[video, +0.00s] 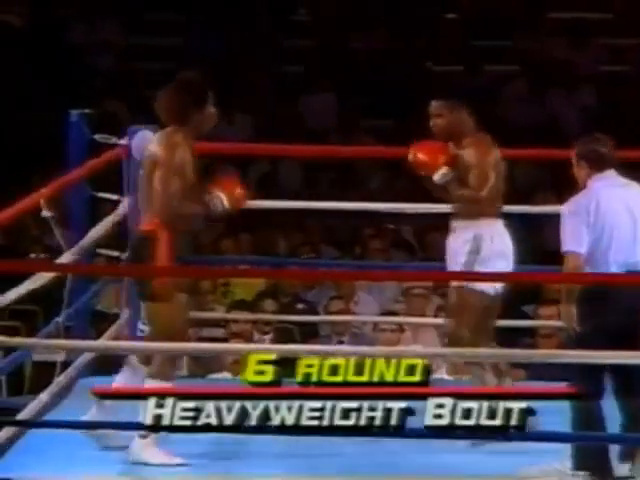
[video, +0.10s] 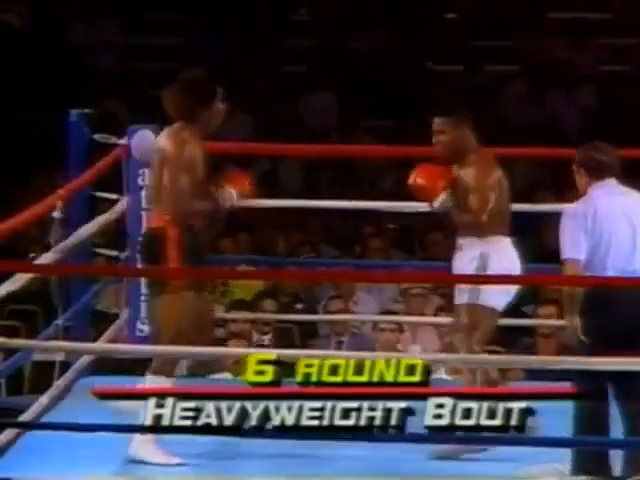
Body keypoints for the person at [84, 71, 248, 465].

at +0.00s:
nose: (215, 113)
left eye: (213, 105)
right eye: (210, 106)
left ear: (179, 109)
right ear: (196, 111)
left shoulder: (165, 142)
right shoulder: (176, 147)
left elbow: (165, 200)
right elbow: (170, 205)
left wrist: (208, 198)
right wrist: (212, 202)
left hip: (153, 239)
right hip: (160, 241)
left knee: (162, 330)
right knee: (172, 339)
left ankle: (113, 399)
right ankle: (148, 438)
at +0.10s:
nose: (224, 109)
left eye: (222, 101)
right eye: (219, 102)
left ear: (187, 104)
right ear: (204, 107)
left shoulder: (172, 138)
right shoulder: (186, 145)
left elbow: (166, 197)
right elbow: (181, 203)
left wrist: (214, 194)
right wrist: (221, 199)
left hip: (172, 235)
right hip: (175, 237)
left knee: (198, 332)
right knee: (175, 338)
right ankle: (145, 436)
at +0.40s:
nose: (252, 117)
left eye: (250, 109)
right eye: (246, 110)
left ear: (219, 113)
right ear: (228, 114)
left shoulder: (209, 145)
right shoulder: (209, 151)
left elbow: (226, 200)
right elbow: (236, 205)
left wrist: (263, 187)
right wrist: (275, 183)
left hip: (220, 245)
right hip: (201, 246)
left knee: (253, 332)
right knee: (181, 338)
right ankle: (151, 434)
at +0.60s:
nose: (291, 122)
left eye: (291, 115)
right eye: (286, 115)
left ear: (265, 120)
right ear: (265, 118)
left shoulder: (263, 147)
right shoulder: (231, 147)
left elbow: (263, 187)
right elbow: (230, 201)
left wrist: (297, 168)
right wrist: (273, 183)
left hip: (254, 234)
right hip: (226, 235)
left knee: (285, 327)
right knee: (228, 329)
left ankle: (295, 415)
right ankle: (172, 416)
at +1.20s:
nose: (290, 112)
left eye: (289, 104)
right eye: (285, 104)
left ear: (272, 108)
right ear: (269, 106)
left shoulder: (279, 139)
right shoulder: (226, 136)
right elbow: (229, 191)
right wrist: (271, 165)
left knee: (298, 304)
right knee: (198, 306)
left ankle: (296, 389)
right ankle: (165, 388)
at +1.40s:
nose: (278, 128)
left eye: (282, 121)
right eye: (273, 119)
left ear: (286, 123)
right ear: (258, 117)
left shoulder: (266, 151)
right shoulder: (231, 148)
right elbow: (209, 209)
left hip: (250, 231)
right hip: (218, 231)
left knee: (288, 310)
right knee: (212, 320)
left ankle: (290, 386)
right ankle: (160, 382)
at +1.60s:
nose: (231, 106)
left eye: (222, 105)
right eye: (224, 102)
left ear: (223, 104)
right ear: (207, 100)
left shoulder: (231, 130)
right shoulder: (178, 132)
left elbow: (277, 155)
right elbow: (194, 179)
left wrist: (255, 139)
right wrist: (221, 149)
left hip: (226, 217)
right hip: (191, 219)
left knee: (262, 299)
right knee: (183, 308)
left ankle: (277, 376)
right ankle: (152, 388)